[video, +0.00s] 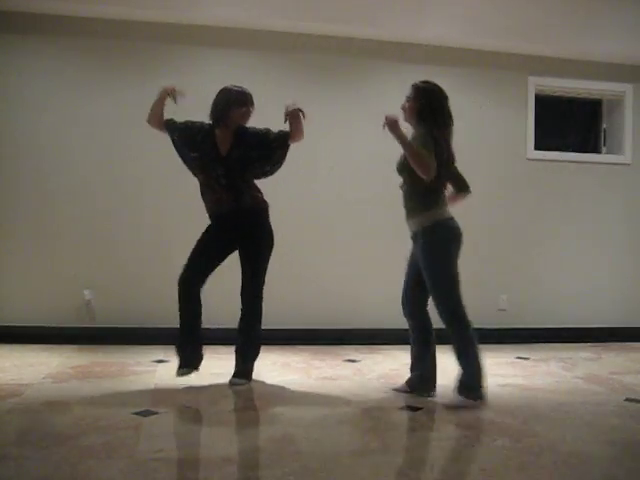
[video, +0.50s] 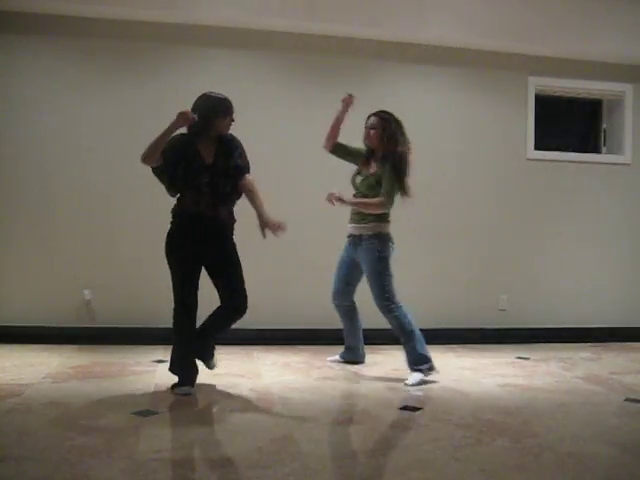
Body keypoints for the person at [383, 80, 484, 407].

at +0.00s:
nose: (403, 104)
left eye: (409, 100)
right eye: (406, 99)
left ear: (422, 106)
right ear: (427, 108)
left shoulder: (424, 135)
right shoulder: (433, 141)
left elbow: (427, 172)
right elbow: (462, 188)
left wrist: (399, 136)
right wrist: (434, 205)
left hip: (435, 235)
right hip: (430, 234)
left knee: (450, 310)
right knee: (413, 303)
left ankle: (472, 386)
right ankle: (422, 380)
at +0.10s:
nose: (395, 99)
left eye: (401, 94)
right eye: (397, 93)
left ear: (415, 99)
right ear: (417, 99)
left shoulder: (423, 124)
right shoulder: (415, 125)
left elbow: (411, 141)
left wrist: (393, 112)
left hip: (424, 223)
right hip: (407, 223)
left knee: (426, 296)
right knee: (407, 297)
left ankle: (435, 368)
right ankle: (416, 366)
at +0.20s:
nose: (392, 110)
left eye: (397, 104)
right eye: (392, 104)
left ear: (410, 105)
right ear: (405, 105)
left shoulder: (424, 135)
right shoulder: (405, 131)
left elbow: (400, 125)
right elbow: (390, 121)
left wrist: (381, 115)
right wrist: (380, 115)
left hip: (415, 229)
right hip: (391, 227)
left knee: (415, 298)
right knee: (387, 294)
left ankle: (427, 370)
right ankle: (394, 357)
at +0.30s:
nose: (384, 121)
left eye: (389, 116)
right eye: (384, 116)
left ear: (405, 119)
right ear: (394, 120)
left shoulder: (415, 150)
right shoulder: (398, 147)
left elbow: (389, 141)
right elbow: (379, 139)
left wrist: (360, 131)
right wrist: (358, 132)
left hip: (404, 240)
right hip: (382, 237)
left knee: (410, 307)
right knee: (368, 295)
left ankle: (428, 371)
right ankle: (362, 353)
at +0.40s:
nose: (378, 129)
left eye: (383, 124)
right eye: (377, 124)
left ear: (398, 129)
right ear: (377, 129)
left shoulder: (405, 163)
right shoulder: (383, 158)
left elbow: (380, 181)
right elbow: (355, 154)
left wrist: (346, 165)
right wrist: (369, 125)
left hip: (388, 240)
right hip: (370, 239)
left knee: (401, 306)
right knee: (355, 296)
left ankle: (430, 371)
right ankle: (351, 354)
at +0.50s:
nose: (367, 132)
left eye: (373, 128)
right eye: (367, 127)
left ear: (387, 134)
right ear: (366, 131)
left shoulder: (391, 163)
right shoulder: (365, 157)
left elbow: (384, 203)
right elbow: (331, 145)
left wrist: (348, 201)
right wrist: (342, 111)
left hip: (375, 239)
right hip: (355, 238)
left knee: (387, 304)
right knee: (341, 296)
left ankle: (423, 365)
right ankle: (353, 354)